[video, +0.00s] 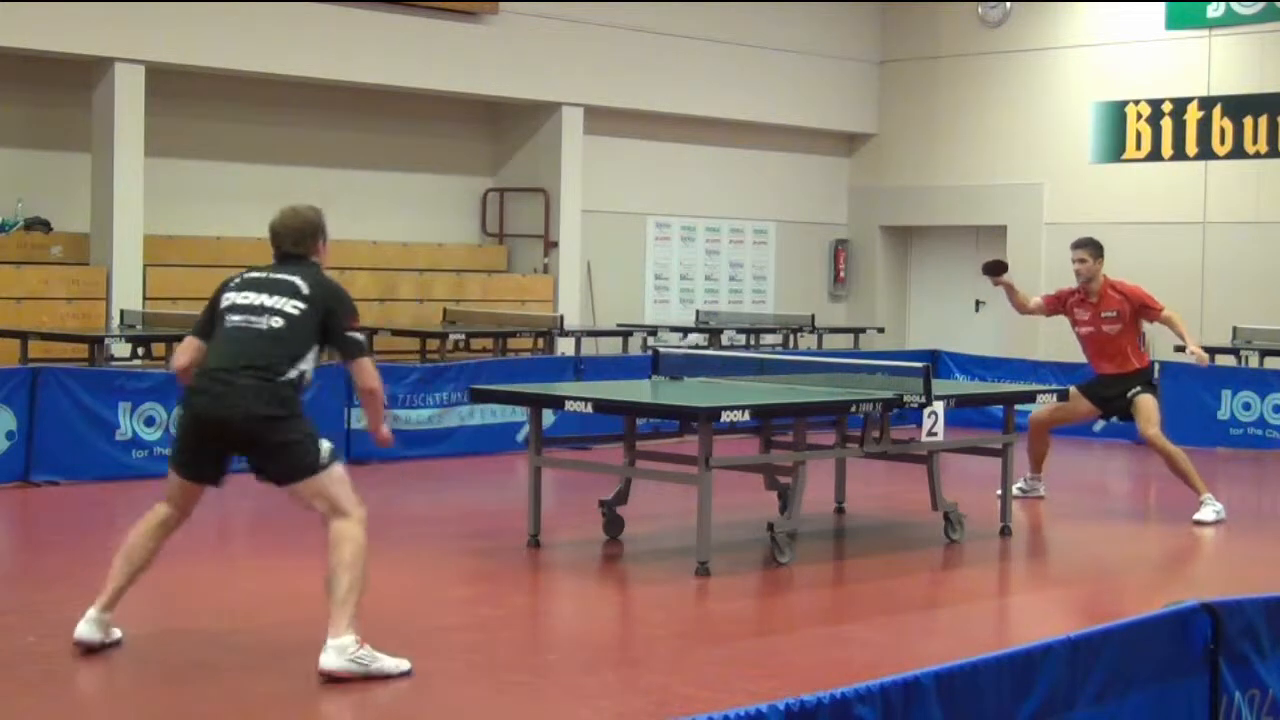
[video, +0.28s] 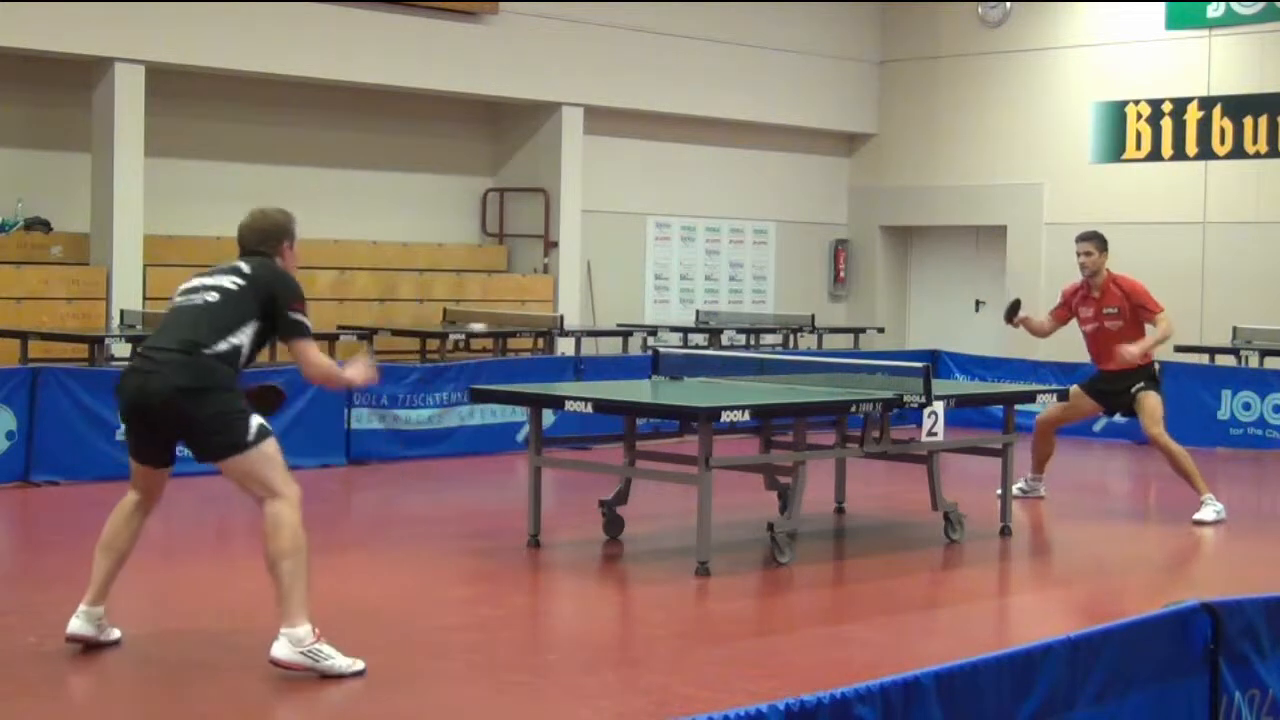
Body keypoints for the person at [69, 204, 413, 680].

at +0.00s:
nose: (329, 252)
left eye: (324, 244)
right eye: (328, 245)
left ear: (274, 248)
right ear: (320, 248)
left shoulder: (237, 283)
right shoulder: (328, 292)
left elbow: (183, 360)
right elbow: (369, 384)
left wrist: (216, 397)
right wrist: (377, 426)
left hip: (205, 402)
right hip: (268, 407)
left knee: (170, 507)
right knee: (346, 514)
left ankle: (96, 616)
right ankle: (342, 643)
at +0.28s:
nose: (297, 255)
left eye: (297, 247)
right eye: (296, 247)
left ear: (244, 249)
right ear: (284, 249)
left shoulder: (209, 278)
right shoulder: (278, 281)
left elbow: (184, 346)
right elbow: (314, 369)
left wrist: (233, 396)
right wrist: (352, 375)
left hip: (140, 383)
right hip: (201, 385)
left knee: (140, 494)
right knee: (281, 494)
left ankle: (88, 612)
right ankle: (297, 634)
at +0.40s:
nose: (276, 229)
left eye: (276, 218)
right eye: (273, 218)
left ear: (224, 215)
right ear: (254, 216)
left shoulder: (187, 251)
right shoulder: (238, 244)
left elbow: (234, 339)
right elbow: (312, 298)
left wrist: (283, 359)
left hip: (128, 374)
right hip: (188, 373)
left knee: (134, 492)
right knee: (253, 489)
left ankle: (86, 613)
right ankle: (289, 622)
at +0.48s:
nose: (263, 203)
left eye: (264, 194)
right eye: (261, 193)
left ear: (211, 187)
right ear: (243, 190)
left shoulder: (174, 227)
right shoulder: (228, 215)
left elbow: (243, 287)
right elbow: (315, 255)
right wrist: (375, 247)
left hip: (128, 359)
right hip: (186, 358)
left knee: (134, 482)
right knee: (249, 475)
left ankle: (87, 604)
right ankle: (239, 613)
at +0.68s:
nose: (241, 177)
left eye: (239, 168)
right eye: (238, 169)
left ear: (187, 178)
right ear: (221, 174)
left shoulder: (157, 228)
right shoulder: (231, 221)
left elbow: (164, 301)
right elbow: (315, 274)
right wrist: (383, 283)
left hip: (140, 367)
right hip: (197, 372)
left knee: (131, 485)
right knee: (223, 501)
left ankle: (79, 600)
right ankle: (194, 646)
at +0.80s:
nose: (238, 198)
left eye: (234, 190)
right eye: (233, 191)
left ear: (185, 202)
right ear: (218, 199)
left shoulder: (152, 249)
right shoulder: (223, 255)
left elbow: (125, 310)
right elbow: (288, 318)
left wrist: (187, 316)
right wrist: (355, 348)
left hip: (129, 394)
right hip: (189, 398)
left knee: (126, 496)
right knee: (217, 515)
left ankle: (70, 612)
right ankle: (192, 653)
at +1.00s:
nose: (234, 186)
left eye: (232, 177)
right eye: (231, 178)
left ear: (182, 187)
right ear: (216, 185)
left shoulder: (142, 223)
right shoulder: (218, 233)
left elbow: (98, 302)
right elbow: (254, 321)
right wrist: (295, 375)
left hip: (91, 354)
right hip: (143, 364)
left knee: (106, 455)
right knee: (226, 469)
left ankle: (60, 571)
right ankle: (193, 608)